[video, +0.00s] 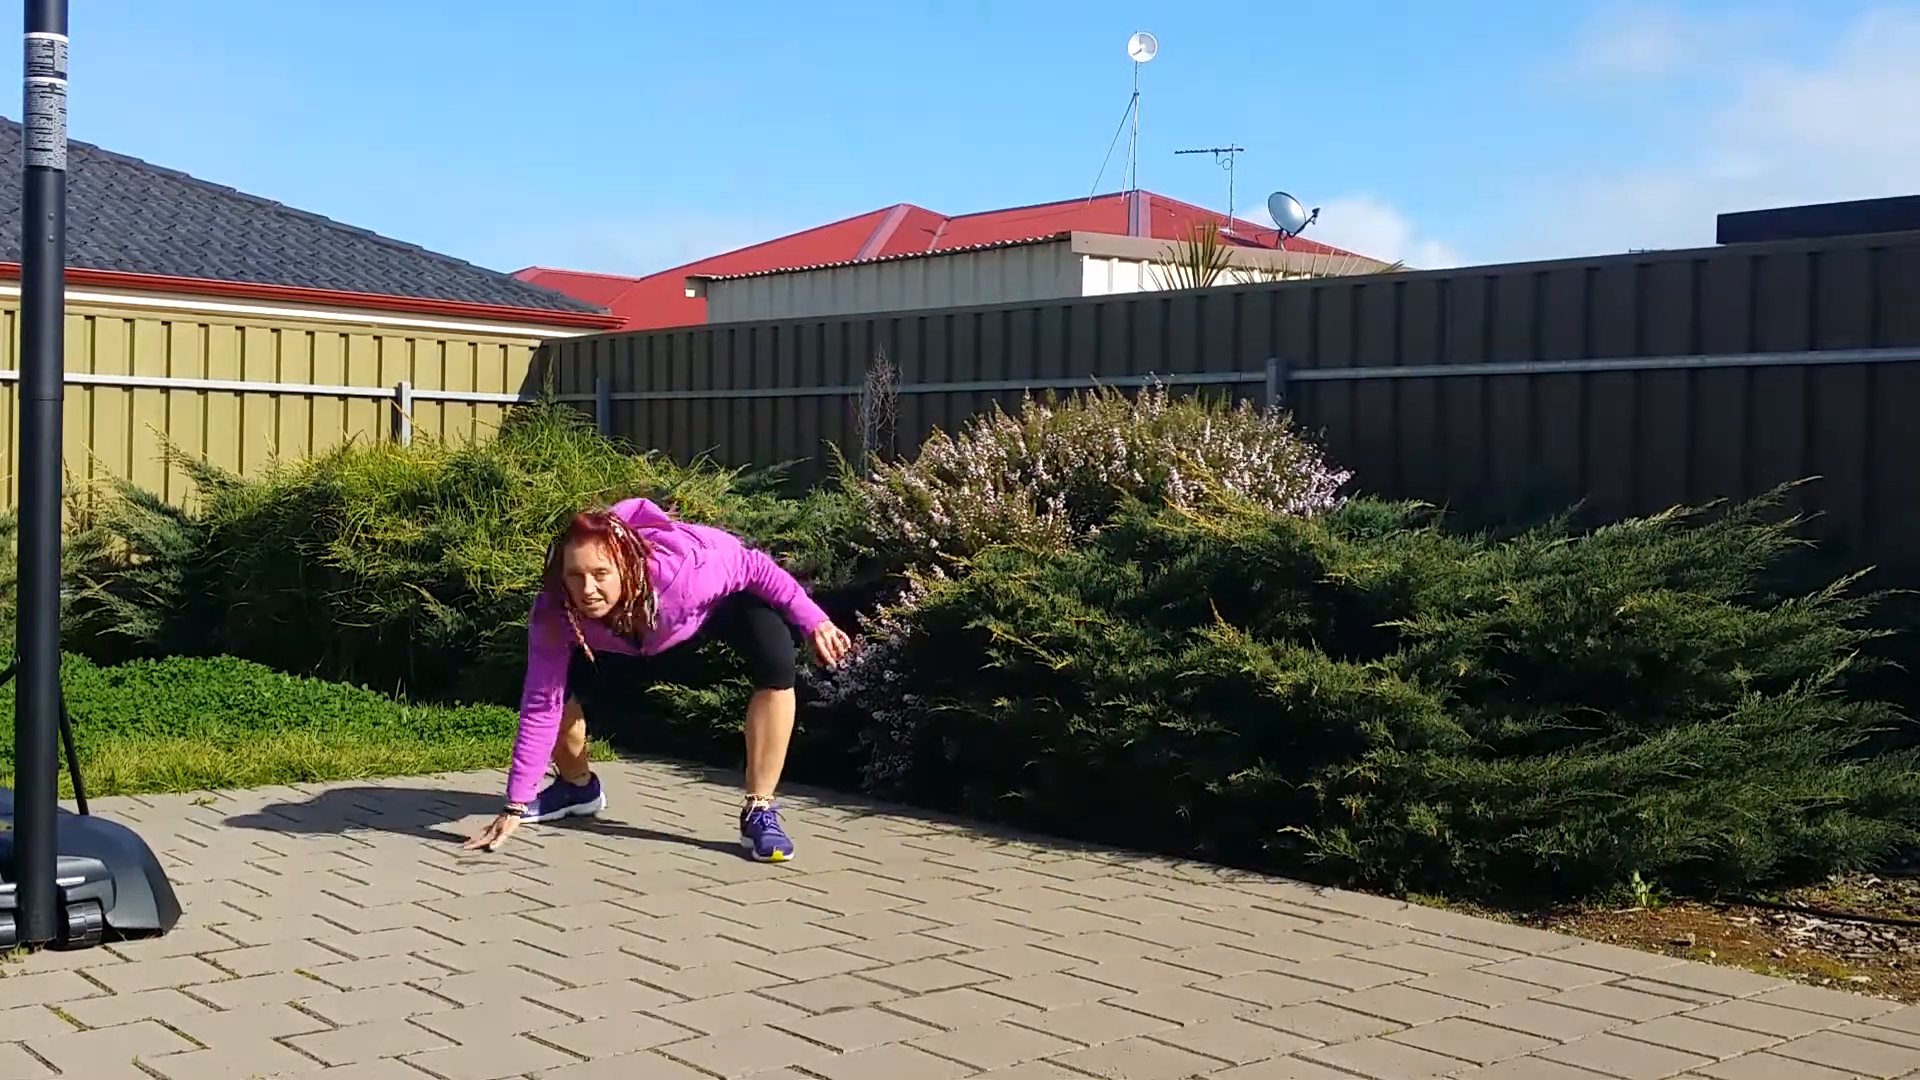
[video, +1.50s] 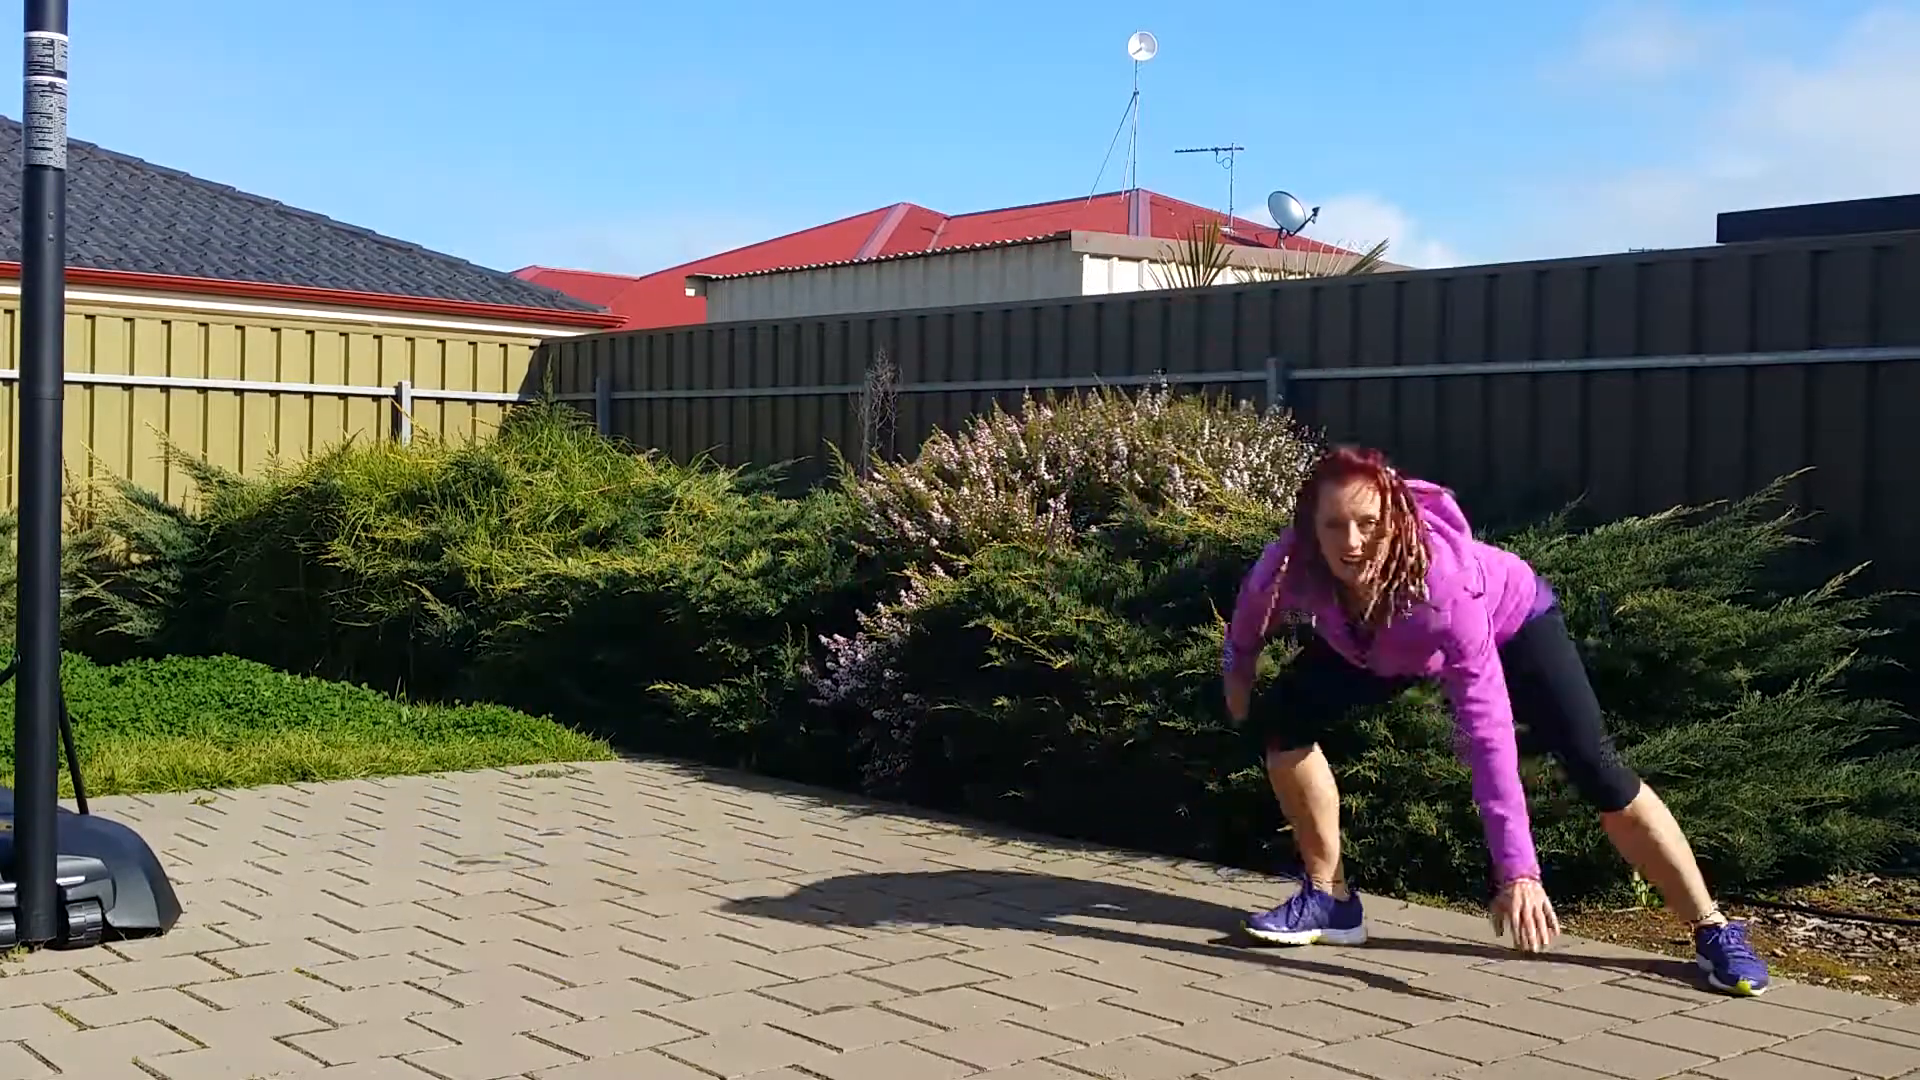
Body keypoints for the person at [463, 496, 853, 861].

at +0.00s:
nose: (588, 588)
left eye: (600, 574)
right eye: (576, 575)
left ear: (628, 568)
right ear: (561, 573)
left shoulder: (684, 572)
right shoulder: (553, 612)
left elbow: (756, 567)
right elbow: (539, 707)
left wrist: (815, 622)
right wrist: (513, 809)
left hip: (709, 616)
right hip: (626, 639)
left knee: (776, 656)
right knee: (555, 692)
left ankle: (761, 810)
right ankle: (577, 785)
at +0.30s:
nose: (670, 455)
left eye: (683, 442)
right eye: (657, 444)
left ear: (708, 444)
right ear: (643, 448)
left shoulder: (756, 482)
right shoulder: (627, 490)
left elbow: (826, 520)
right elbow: (584, 559)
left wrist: (876, 578)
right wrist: (543, 640)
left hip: (774, 563)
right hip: (688, 564)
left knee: (789, 673)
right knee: (626, 664)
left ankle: (764, 808)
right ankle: (582, 776)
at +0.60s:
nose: (785, 355)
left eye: (800, 342)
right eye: (772, 342)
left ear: (822, 348)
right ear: (751, 348)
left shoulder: (860, 396)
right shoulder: (730, 407)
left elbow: (939, 456)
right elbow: (710, 488)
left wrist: (1014, 510)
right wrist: (683, 568)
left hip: (896, 524)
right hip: (809, 535)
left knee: (933, 651)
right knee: (771, 668)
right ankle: (818, 816)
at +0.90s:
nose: (976, 338)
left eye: (990, 324)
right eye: (962, 325)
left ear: (1018, 334)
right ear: (943, 339)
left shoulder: (1064, 397)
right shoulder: (924, 413)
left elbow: (1132, 477)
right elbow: (906, 493)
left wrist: (1208, 542)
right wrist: (861, 563)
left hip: (1092, 562)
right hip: (989, 566)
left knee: (1145, 696)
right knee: (912, 694)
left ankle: (1185, 863)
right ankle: (845, 819)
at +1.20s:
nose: (1159, 341)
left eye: (1173, 324)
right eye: (1141, 326)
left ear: (1199, 328)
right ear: (1117, 335)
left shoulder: (1240, 388)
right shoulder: (1089, 409)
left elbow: (1316, 479)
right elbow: (1065, 475)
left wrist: (1375, 557)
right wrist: (1045, 533)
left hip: (1285, 529)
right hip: (1191, 558)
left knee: (1387, 650)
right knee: (1198, 710)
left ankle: (1490, 824)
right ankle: (1299, 870)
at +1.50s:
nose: (1350, 541)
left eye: (1365, 523)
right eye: (1333, 525)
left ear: (1393, 523)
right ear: (1308, 527)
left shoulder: (1444, 587)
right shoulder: (1293, 554)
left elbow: (1489, 735)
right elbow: (1255, 600)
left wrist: (1519, 872)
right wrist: (1237, 667)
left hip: (1501, 623)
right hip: (1394, 639)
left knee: (1596, 769)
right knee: (1284, 723)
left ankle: (1714, 930)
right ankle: (1328, 897)